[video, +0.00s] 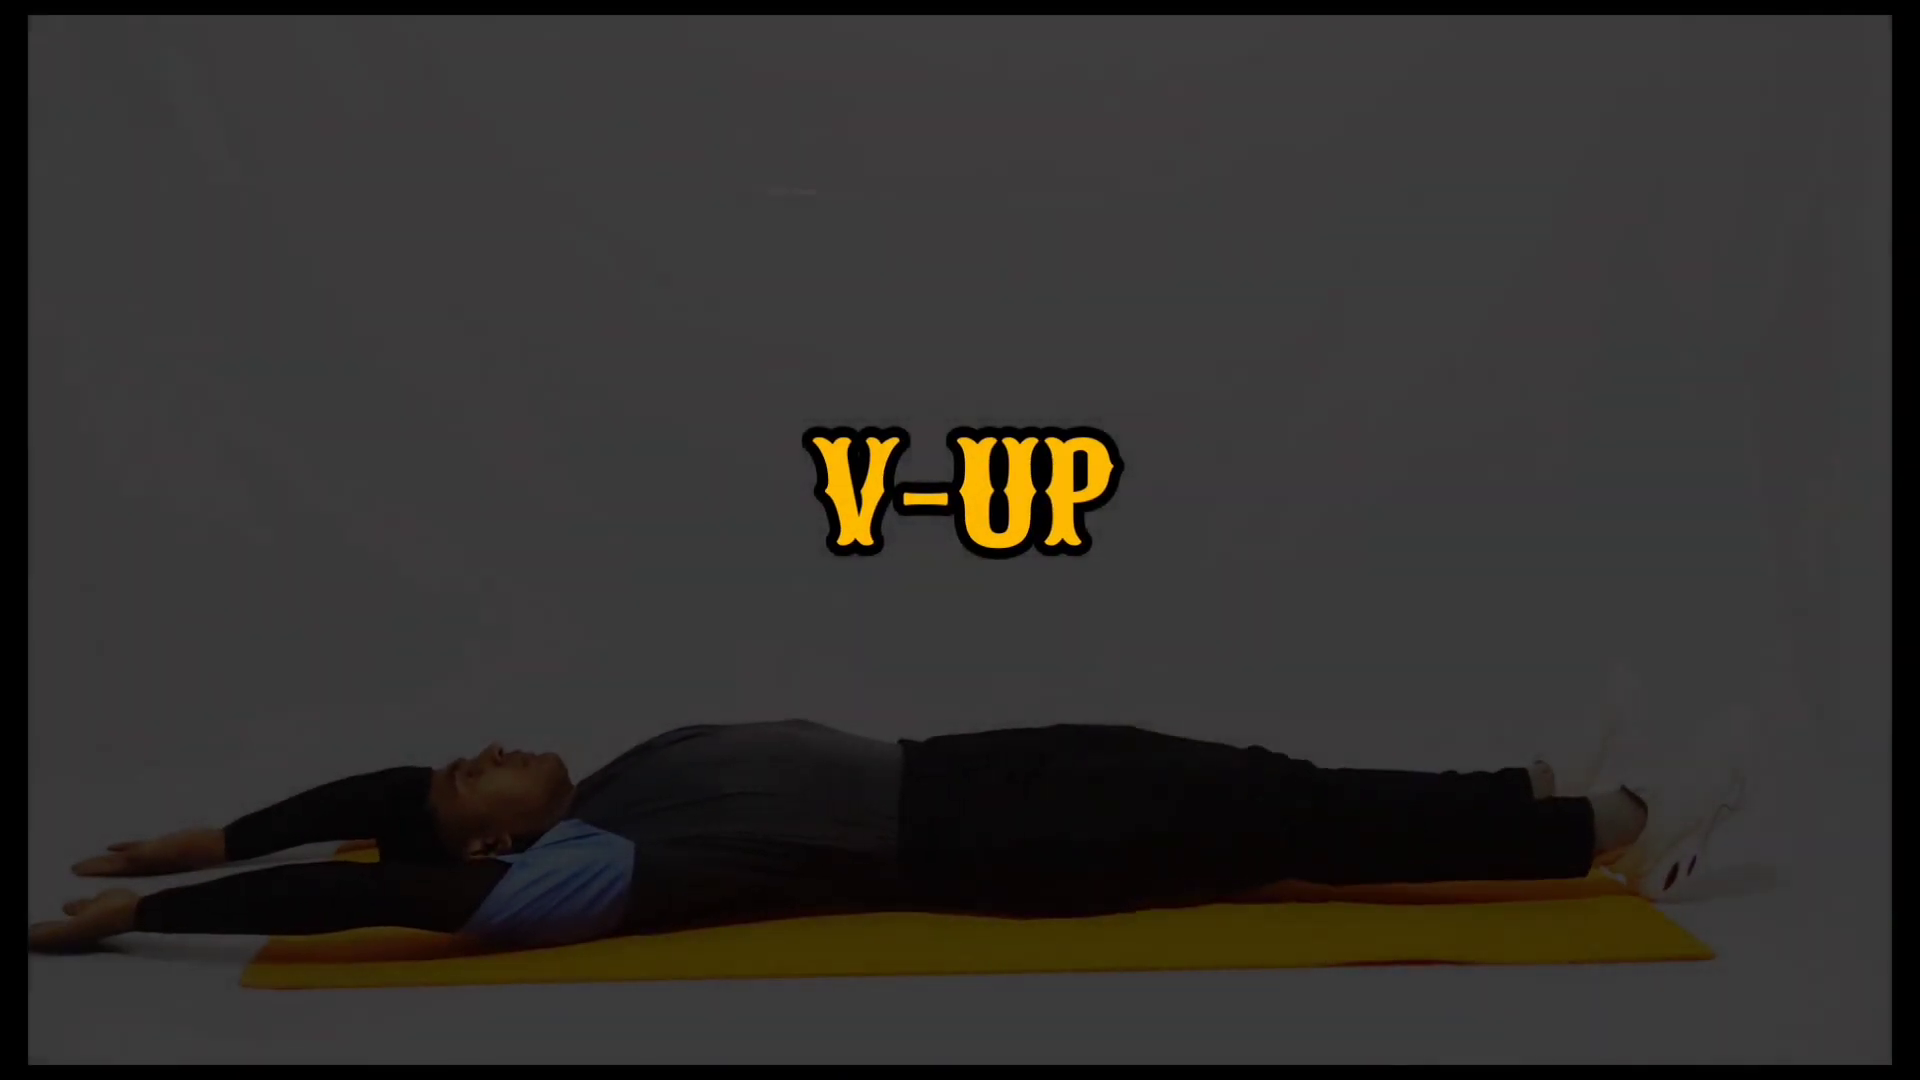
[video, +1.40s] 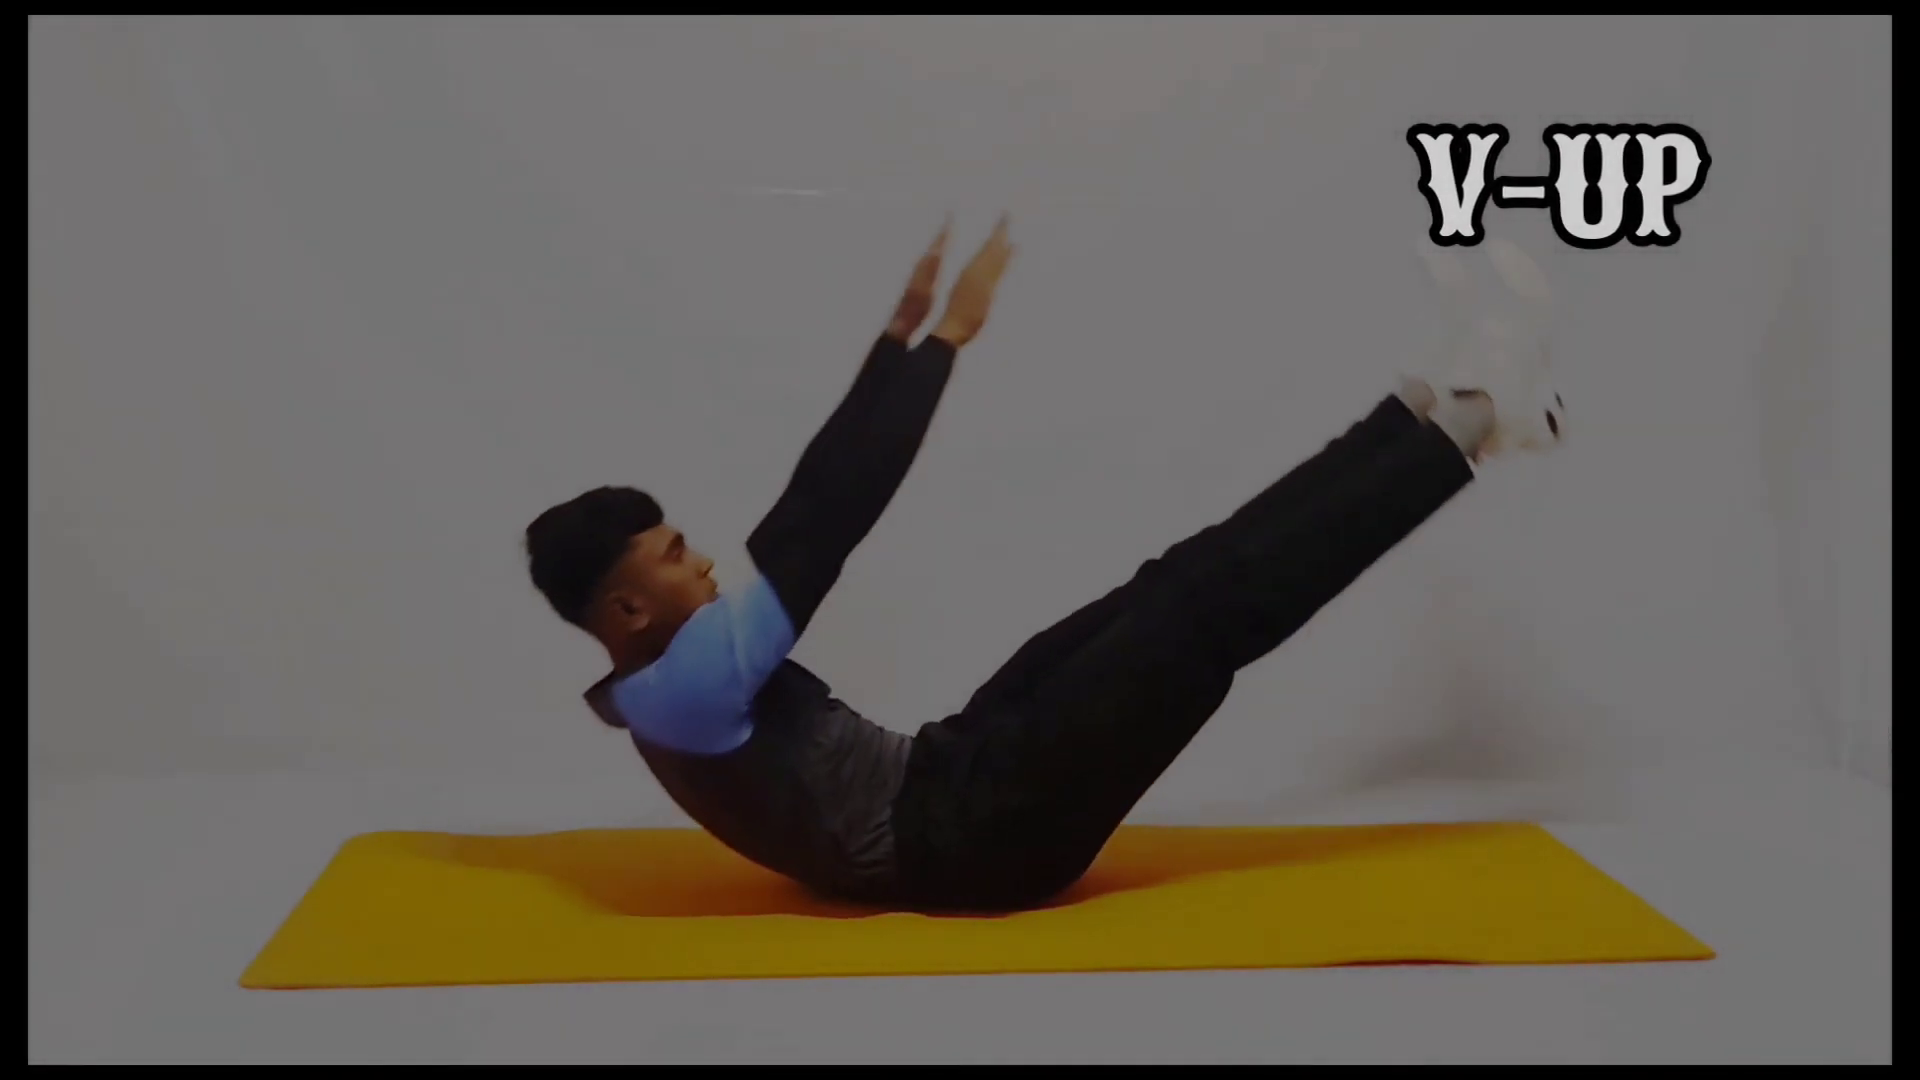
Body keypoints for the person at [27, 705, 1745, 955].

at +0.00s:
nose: (504, 779)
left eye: (488, 771)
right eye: (485, 797)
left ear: (516, 778)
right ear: (489, 845)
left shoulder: (614, 788)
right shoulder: (587, 858)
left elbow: (380, 833)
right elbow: (415, 910)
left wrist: (192, 862)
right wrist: (203, 918)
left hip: (967, 758)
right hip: (956, 826)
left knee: (1240, 766)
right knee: (1245, 817)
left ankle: (1519, 805)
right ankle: (1547, 827)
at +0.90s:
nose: (515, 758)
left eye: (498, 750)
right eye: (492, 776)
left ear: (524, 759)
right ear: (490, 830)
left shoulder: (622, 786)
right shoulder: (586, 857)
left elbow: (378, 794)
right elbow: (390, 845)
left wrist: (183, 810)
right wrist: (175, 828)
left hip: (985, 759)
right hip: (970, 825)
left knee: (1252, 752)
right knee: (1254, 801)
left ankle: (1536, 791)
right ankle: (1559, 823)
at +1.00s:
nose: (534, 741)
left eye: (515, 728)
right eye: (505, 754)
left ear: (532, 743)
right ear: (497, 811)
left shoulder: (621, 784)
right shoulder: (602, 852)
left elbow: (397, 741)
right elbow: (501, 850)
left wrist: (208, 704)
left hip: (977, 766)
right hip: (966, 829)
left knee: (1245, 737)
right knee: (1246, 773)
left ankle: (1535, 761)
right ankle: (1553, 784)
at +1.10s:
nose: (574, 686)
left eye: (556, 672)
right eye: (549, 681)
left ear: (525, 733)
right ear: (521, 738)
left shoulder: (607, 780)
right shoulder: (593, 829)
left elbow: (486, 648)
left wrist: (342, 533)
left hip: (970, 768)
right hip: (976, 820)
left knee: (1247, 722)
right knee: (1245, 743)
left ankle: (1549, 708)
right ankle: (1557, 722)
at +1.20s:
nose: (582, 664)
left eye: (566, 659)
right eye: (557, 668)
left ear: (539, 704)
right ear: (530, 711)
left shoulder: (625, 751)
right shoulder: (605, 793)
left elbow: (613, 565)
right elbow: (616, 571)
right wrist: (561, 407)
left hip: (958, 777)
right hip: (963, 828)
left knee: (1222, 678)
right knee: (1232, 716)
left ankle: (1521, 614)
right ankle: (1536, 634)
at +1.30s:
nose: (631, 622)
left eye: (615, 606)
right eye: (600, 623)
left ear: (600, 634)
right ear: (552, 683)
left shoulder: (652, 715)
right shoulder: (637, 743)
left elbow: (720, 544)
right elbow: (727, 555)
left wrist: (738, 370)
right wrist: (770, 365)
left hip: (963, 787)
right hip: (962, 831)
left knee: (1207, 639)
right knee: (1217, 663)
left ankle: (1489, 522)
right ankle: (1517, 541)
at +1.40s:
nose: (688, 561)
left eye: (673, 542)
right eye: (659, 560)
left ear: (671, 567)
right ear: (614, 613)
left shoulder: (699, 656)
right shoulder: (682, 689)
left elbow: (810, 511)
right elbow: (829, 523)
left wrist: (893, 352)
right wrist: (934, 352)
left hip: (960, 783)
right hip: (968, 842)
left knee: (1179, 589)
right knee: (1198, 616)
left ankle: (1417, 421)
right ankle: (1450, 437)